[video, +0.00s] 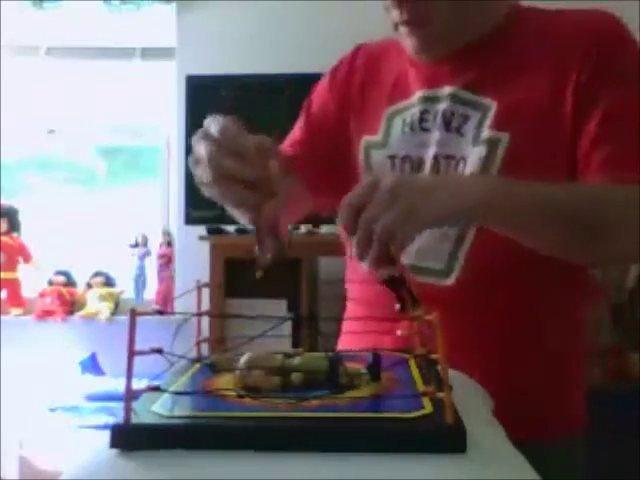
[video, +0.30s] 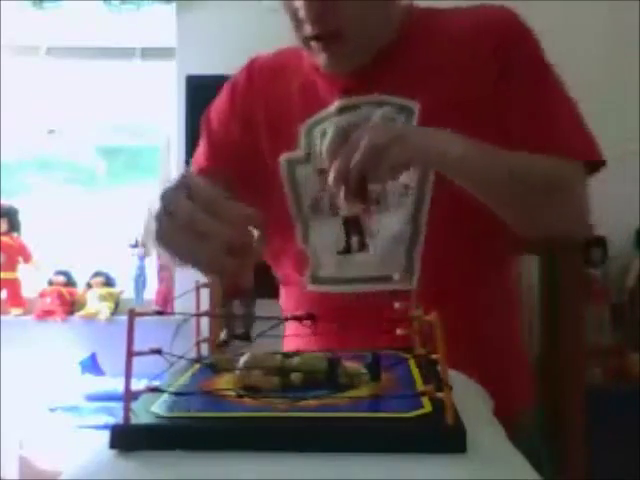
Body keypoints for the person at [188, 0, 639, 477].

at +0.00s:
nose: (397, 4)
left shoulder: (590, 46)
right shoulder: (360, 73)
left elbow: (621, 224)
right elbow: (274, 206)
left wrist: (461, 195)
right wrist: (231, 169)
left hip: (524, 428)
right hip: (366, 421)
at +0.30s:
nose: (308, 11)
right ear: (276, 1)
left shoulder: (488, 42)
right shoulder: (257, 88)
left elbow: (565, 214)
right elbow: (231, 263)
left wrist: (431, 148)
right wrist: (186, 225)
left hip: (480, 413)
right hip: (318, 425)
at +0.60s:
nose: (267, 14)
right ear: (233, 1)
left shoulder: (433, 45)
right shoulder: (205, 94)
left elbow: (518, 199)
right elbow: (131, 241)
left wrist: (436, 196)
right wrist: (148, 226)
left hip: (435, 377)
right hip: (282, 392)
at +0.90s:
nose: (272, 11)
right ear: (239, 2)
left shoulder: (422, 52)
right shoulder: (197, 96)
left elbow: (506, 200)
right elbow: (131, 232)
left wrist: (439, 198)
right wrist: (159, 240)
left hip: (424, 366)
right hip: (275, 375)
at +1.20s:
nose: (279, 8)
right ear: (241, 1)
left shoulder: (422, 51)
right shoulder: (198, 96)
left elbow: (504, 197)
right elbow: (131, 234)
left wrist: (438, 190)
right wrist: (156, 235)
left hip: (424, 367)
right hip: (275, 376)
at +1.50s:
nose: (283, 10)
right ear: (241, 1)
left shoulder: (422, 51)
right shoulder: (198, 95)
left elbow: (503, 198)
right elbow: (127, 239)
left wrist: (437, 189)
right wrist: (152, 233)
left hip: (426, 366)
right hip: (275, 374)